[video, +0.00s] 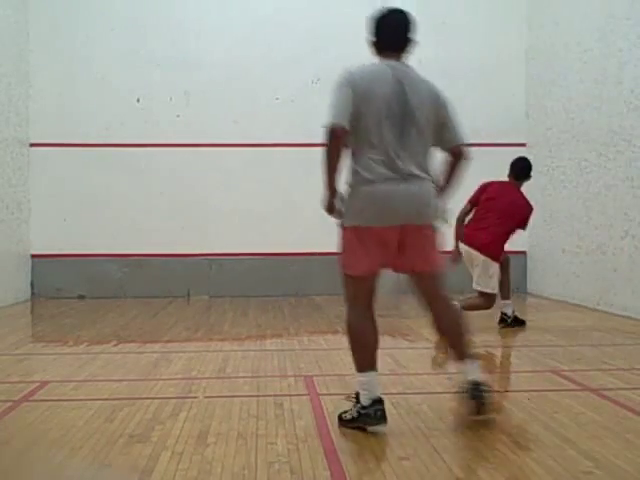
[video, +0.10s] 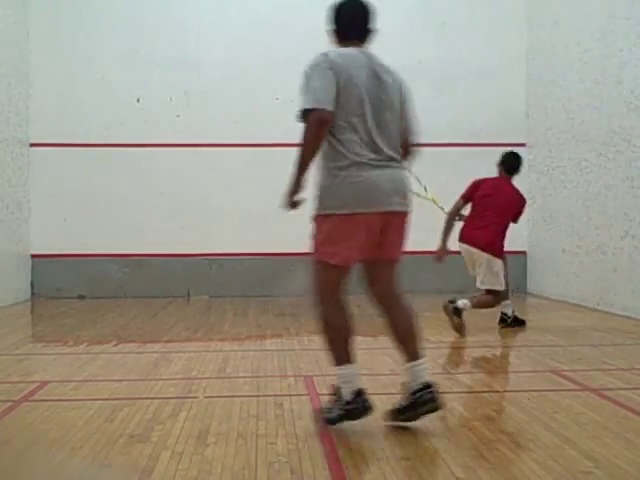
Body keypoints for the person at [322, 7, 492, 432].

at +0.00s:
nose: (389, 44)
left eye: (381, 36)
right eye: (400, 37)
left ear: (374, 41)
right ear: (409, 43)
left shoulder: (355, 79)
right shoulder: (426, 88)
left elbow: (337, 134)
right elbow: (458, 151)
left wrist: (331, 190)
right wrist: (438, 195)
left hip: (367, 205)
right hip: (418, 205)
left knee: (360, 304)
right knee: (436, 295)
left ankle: (370, 401)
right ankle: (472, 378)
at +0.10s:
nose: (338, 31)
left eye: (336, 25)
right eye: (349, 24)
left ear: (335, 30)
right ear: (370, 31)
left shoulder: (327, 64)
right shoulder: (391, 75)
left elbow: (319, 121)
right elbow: (407, 143)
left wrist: (296, 182)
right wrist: (378, 173)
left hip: (346, 195)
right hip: (395, 193)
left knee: (329, 292)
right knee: (385, 286)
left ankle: (350, 390)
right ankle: (420, 383)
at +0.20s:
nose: (291, 44)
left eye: (292, 37)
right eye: (297, 37)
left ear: (297, 39)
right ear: (328, 38)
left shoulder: (304, 72)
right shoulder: (342, 76)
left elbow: (296, 132)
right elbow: (347, 147)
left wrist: (259, 199)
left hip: (324, 210)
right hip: (360, 208)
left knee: (269, 293)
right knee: (362, 302)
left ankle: (298, 398)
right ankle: (405, 401)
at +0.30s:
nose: (253, 59)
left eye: (253, 51)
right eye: (262, 51)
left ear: (254, 54)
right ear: (287, 52)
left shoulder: (266, 89)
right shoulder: (295, 91)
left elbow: (259, 143)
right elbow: (281, 175)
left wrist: (211, 197)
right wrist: (230, 211)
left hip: (282, 231)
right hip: (314, 229)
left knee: (219, 307)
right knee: (334, 313)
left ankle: (257, 418)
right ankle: (398, 394)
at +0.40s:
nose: (193, 64)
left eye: (194, 57)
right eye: (198, 55)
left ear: (200, 57)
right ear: (229, 56)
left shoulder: (216, 92)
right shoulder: (235, 95)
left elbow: (197, 150)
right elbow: (221, 183)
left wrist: (139, 202)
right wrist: (168, 218)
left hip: (235, 232)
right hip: (250, 231)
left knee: (194, 327)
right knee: (228, 322)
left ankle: (256, 425)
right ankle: (314, 363)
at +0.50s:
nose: (130, 81)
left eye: (130, 73)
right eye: (133, 72)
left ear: (134, 73)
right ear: (162, 68)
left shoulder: (167, 108)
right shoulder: (164, 113)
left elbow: (123, 169)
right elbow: (150, 197)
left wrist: (61, 220)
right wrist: (86, 217)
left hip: (195, 244)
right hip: (178, 243)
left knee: (167, 343)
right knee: (121, 295)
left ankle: (254, 423)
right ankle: (177, 369)